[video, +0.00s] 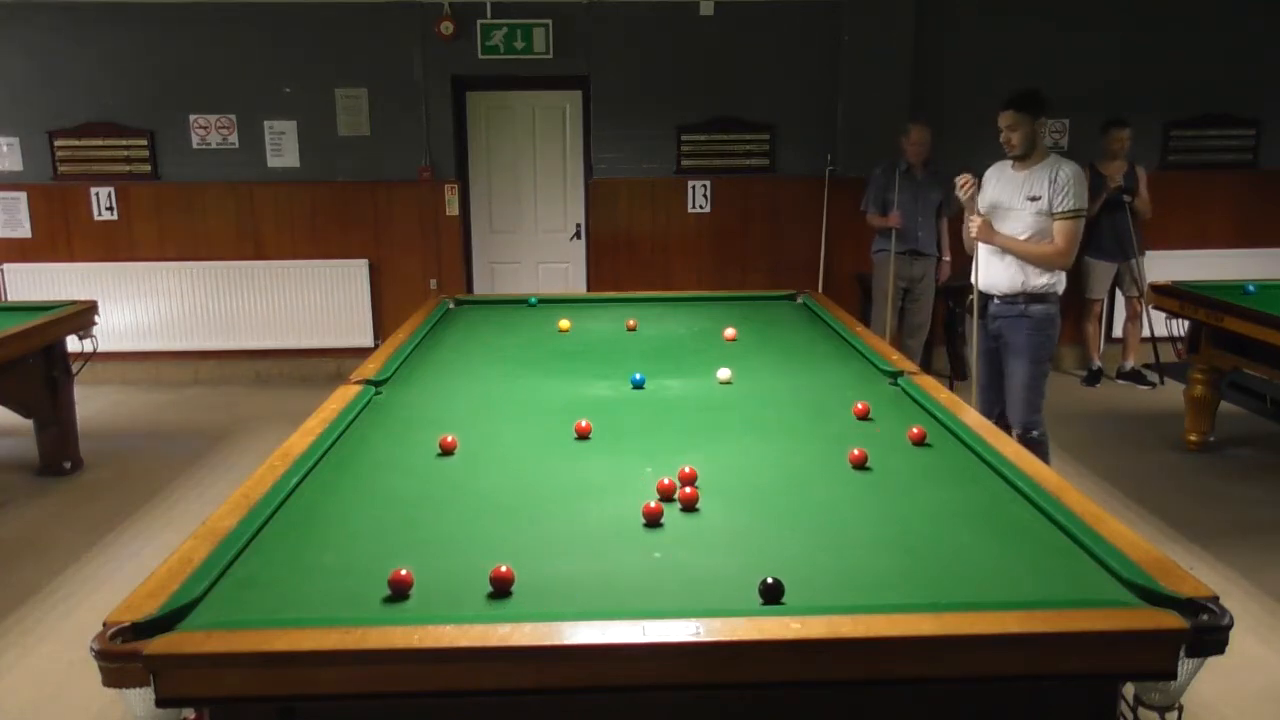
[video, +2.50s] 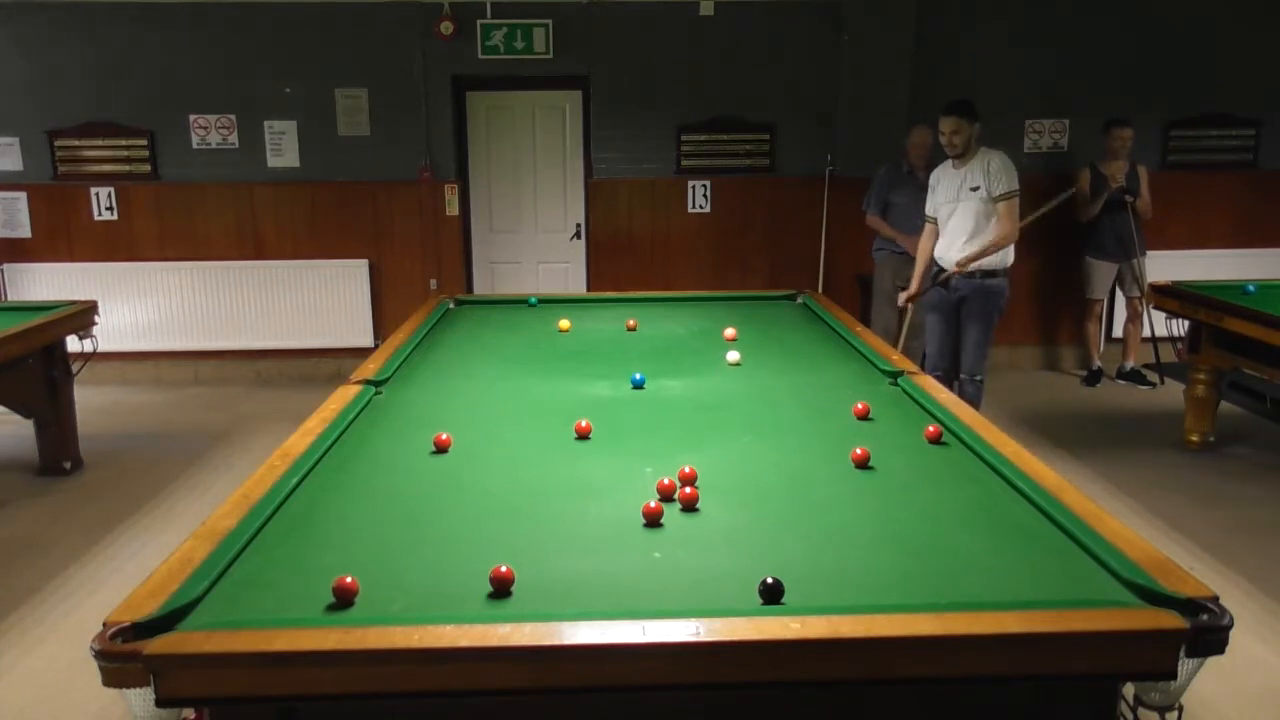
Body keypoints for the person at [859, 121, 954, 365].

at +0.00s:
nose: (919, 149)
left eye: (923, 144)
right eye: (914, 144)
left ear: (930, 146)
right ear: (903, 144)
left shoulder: (936, 178)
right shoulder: (885, 174)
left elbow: (942, 219)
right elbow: (871, 217)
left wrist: (945, 257)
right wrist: (886, 222)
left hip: (926, 259)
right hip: (890, 257)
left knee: (917, 329)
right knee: (884, 325)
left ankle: (908, 384)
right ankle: (878, 380)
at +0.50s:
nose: (922, 149)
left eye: (926, 144)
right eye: (917, 143)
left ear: (932, 147)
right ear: (906, 143)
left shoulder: (937, 177)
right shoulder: (886, 174)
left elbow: (944, 219)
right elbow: (873, 218)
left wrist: (947, 256)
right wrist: (891, 222)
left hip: (927, 258)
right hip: (891, 256)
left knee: (918, 327)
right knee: (884, 324)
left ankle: (907, 382)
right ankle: (877, 378)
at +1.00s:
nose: (930, 149)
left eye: (933, 144)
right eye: (925, 143)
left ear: (936, 147)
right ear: (910, 143)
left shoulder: (935, 179)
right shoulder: (888, 173)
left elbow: (946, 216)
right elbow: (873, 217)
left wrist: (948, 244)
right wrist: (895, 222)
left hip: (926, 261)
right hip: (892, 259)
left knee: (918, 331)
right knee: (884, 326)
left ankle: (908, 386)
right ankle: (877, 383)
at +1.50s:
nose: (934, 152)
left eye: (936, 147)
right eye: (930, 146)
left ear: (937, 149)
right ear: (915, 143)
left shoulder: (935, 177)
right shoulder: (891, 172)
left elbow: (942, 216)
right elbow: (875, 217)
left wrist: (928, 224)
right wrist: (906, 222)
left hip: (924, 259)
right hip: (892, 257)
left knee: (917, 331)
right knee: (885, 326)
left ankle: (908, 386)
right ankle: (877, 382)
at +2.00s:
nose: (935, 153)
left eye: (938, 148)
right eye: (931, 147)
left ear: (940, 148)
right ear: (915, 144)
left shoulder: (937, 178)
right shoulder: (891, 173)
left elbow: (944, 217)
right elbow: (875, 217)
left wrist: (932, 231)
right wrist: (913, 227)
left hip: (926, 259)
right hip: (893, 258)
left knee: (917, 328)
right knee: (887, 327)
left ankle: (913, 385)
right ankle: (879, 383)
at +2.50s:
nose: (922, 150)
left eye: (927, 145)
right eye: (917, 145)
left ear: (932, 149)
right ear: (907, 146)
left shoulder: (938, 180)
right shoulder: (890, 174)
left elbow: (945, 218)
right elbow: (871, 217)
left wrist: (929, 245)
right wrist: (905, 240)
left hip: (925, 258)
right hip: (891, 256)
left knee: (918, 324)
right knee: (886, 322)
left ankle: (909, 382)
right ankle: (879, 378)